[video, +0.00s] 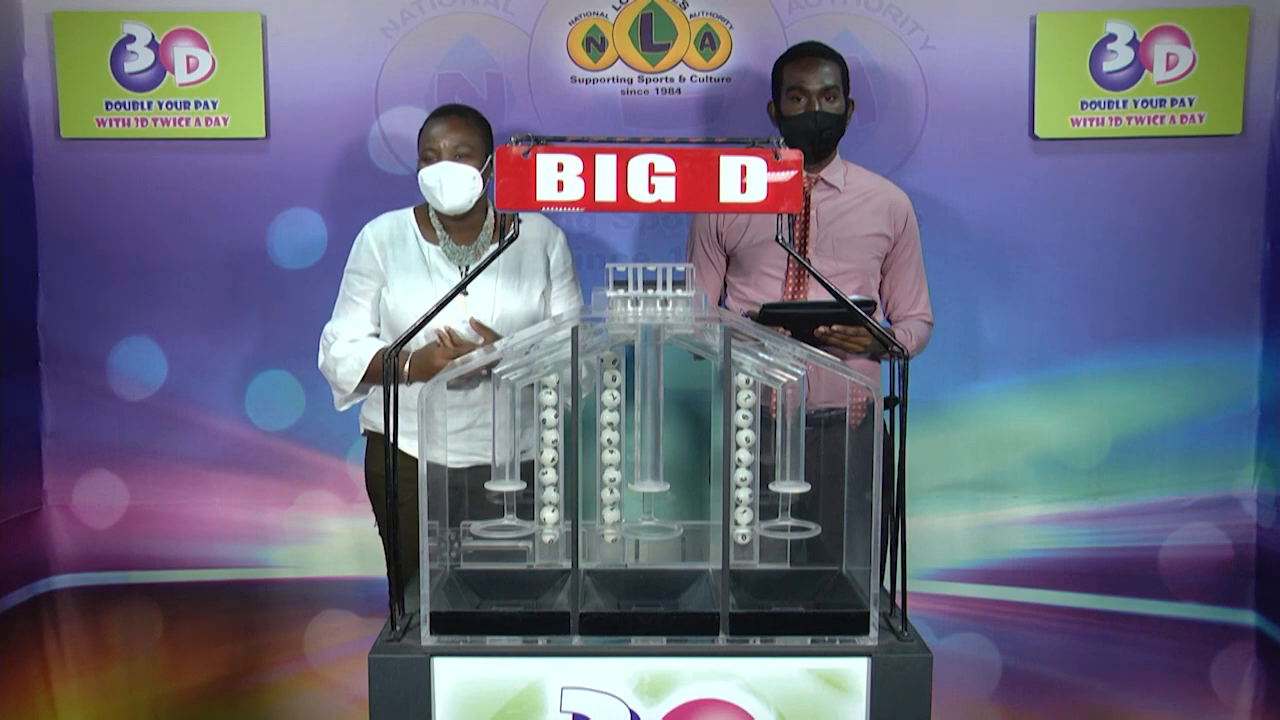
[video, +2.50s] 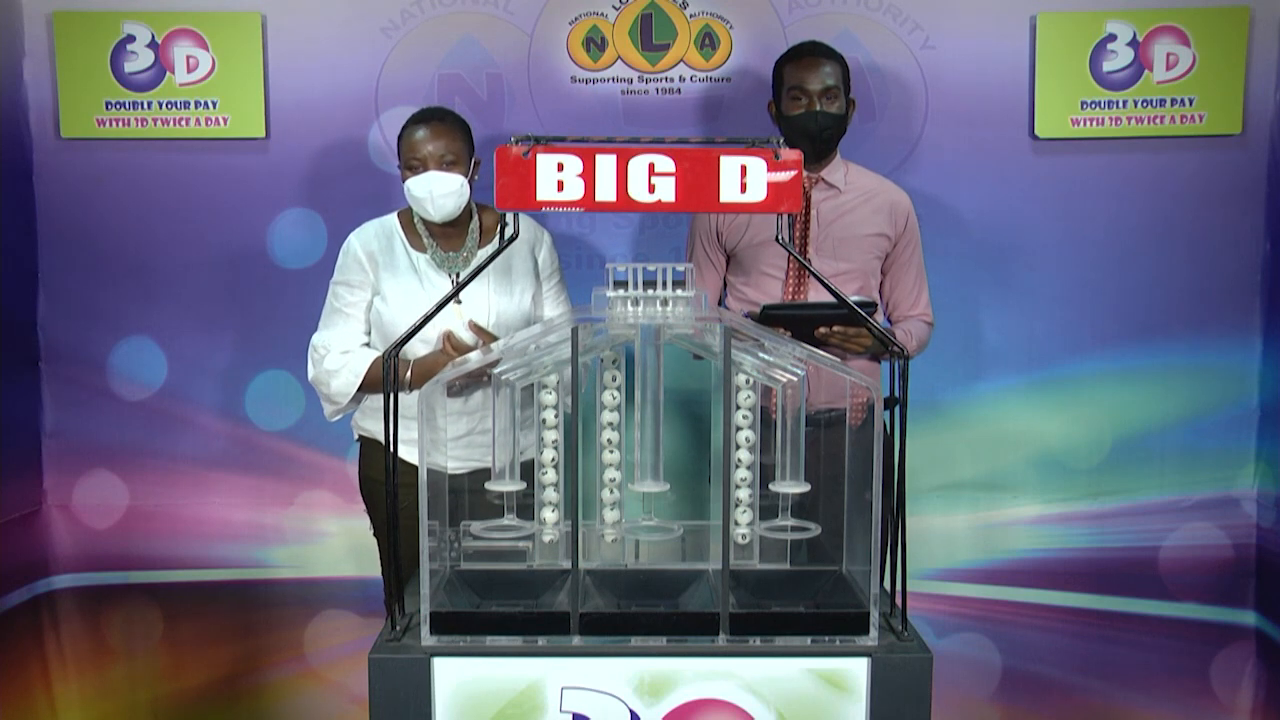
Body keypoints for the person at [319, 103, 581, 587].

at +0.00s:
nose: (445, 169)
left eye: (462, 154)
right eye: (432, 156)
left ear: (489, 162)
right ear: (419, 163)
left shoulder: (540, 239)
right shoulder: (381, 240)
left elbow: (573, 351)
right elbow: (340, 352)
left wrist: (505, 359)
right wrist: (411, 364)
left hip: (511, 460)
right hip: (408, 460)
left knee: (505, 615)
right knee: (417, 614)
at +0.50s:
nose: (445, 175)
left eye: (460, 160)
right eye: (431, 161)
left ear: (486, 163)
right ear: (417, 166)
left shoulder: (538, 239)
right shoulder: (379, 242)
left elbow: (574, 350)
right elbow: (339, 354)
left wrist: (505, 357)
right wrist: (412, 367)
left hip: (511, 463)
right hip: (407, 463)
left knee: (505, 619)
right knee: (417, 618)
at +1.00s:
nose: (445, 173)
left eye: (460, 158)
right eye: (431, 160)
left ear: (486, 164)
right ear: (417, 167)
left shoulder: (538, 240)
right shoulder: (379, 243)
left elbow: (573, 352)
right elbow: (339, 356)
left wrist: (504, 356)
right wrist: (411, 365)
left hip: (508, 463)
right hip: (406, 463)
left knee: (505, 621)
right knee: (415, 621)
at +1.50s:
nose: (442, 176)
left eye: (457, 161)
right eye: (428, 162)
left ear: (482, 166)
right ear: (413, 168)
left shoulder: (536, 241)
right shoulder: (376, 244)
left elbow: (574, 355)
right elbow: (333, 356)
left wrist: (505, 355)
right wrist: (408, 365)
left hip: (508, 463)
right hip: (405, 463)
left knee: (504, 616)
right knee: (417, 615)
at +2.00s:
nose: (434, 179)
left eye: (448, 162)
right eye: (419, 166)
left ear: (473, 165)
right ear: (403, 172)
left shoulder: (529, 241)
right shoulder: (370, 247)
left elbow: (568, 350)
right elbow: (331, 362)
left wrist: (502, 359)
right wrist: (407, 370)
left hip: (505, 462)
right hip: (403, 465)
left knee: (504, 617)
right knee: (415, 616)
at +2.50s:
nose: (435, 180)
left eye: (450, 164)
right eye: (419, 167)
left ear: (472, 166)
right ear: (402, 173)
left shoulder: (527, 240)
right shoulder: (368, 248)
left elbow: (562, 346)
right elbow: (330, 365)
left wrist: (505, 358)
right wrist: (417, 370)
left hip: (507, 462)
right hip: (404, 465)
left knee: (506, 619)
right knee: (416, 618)